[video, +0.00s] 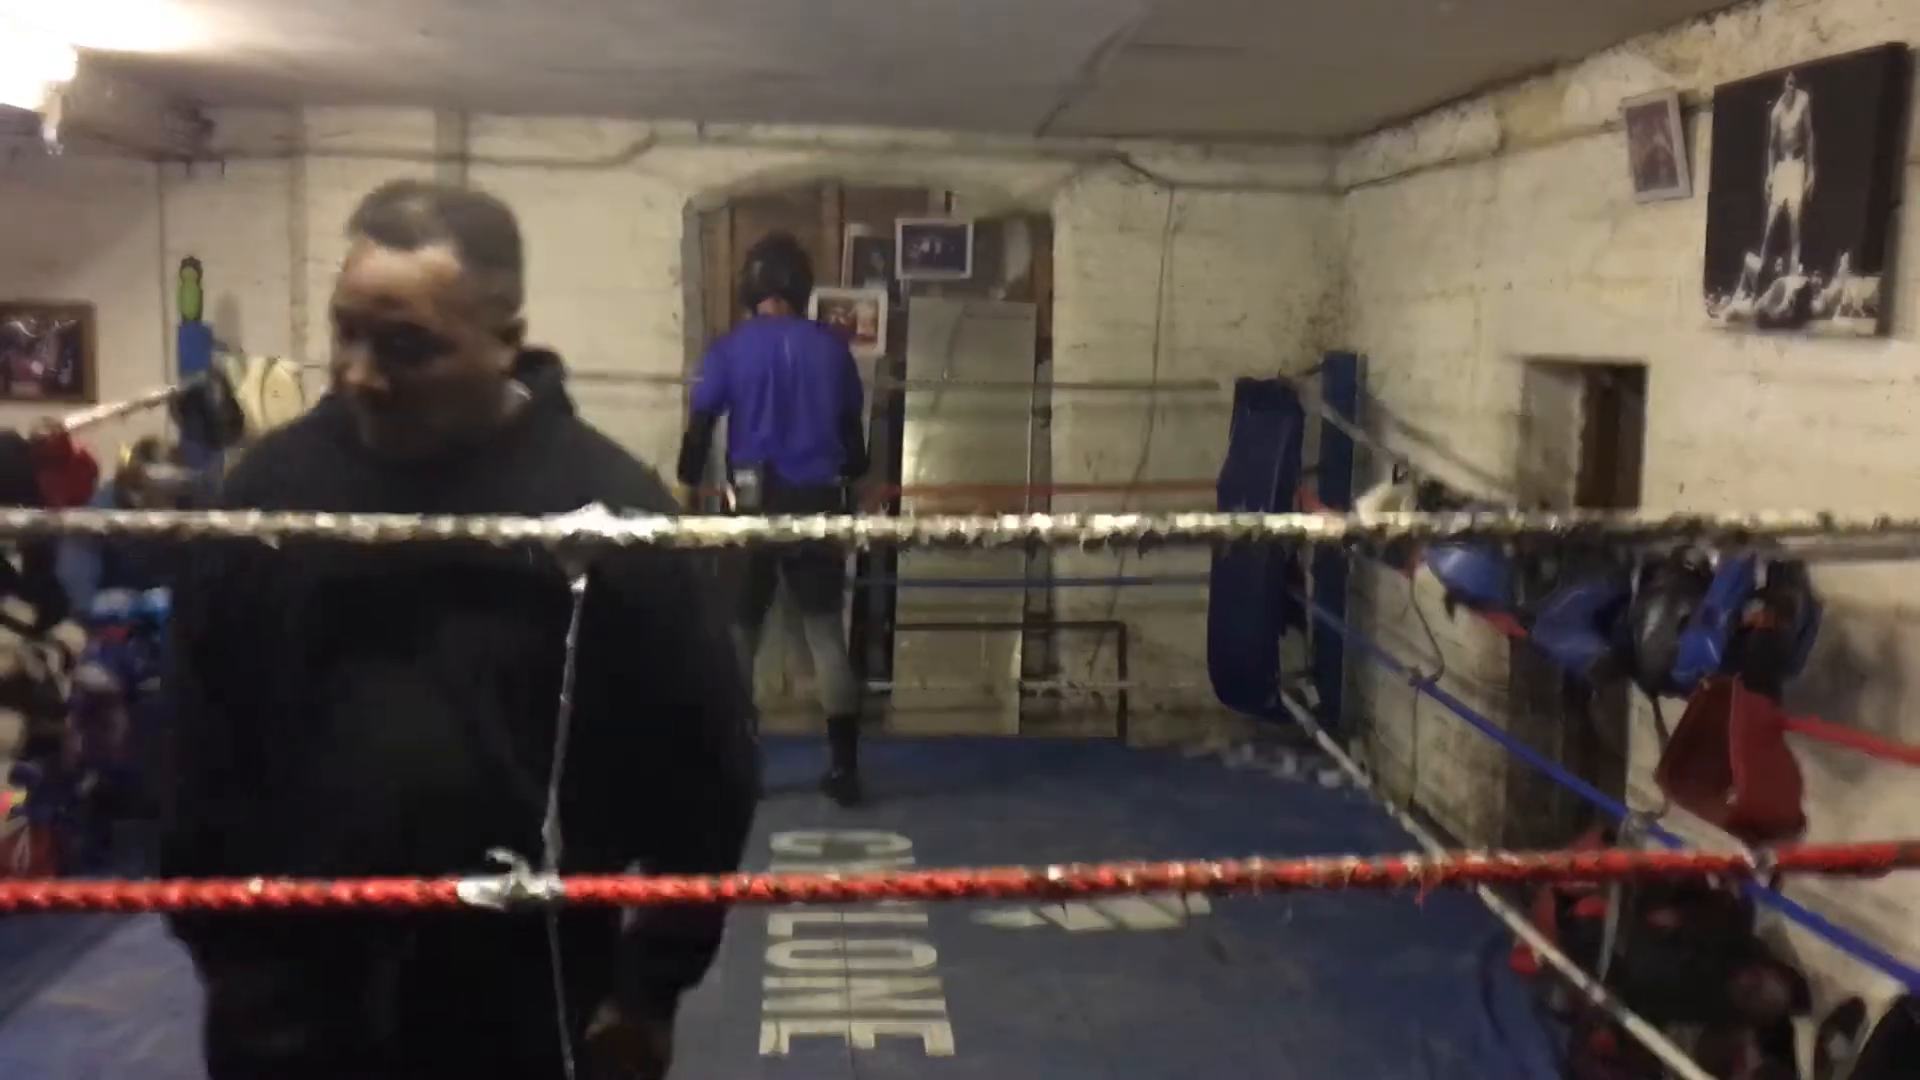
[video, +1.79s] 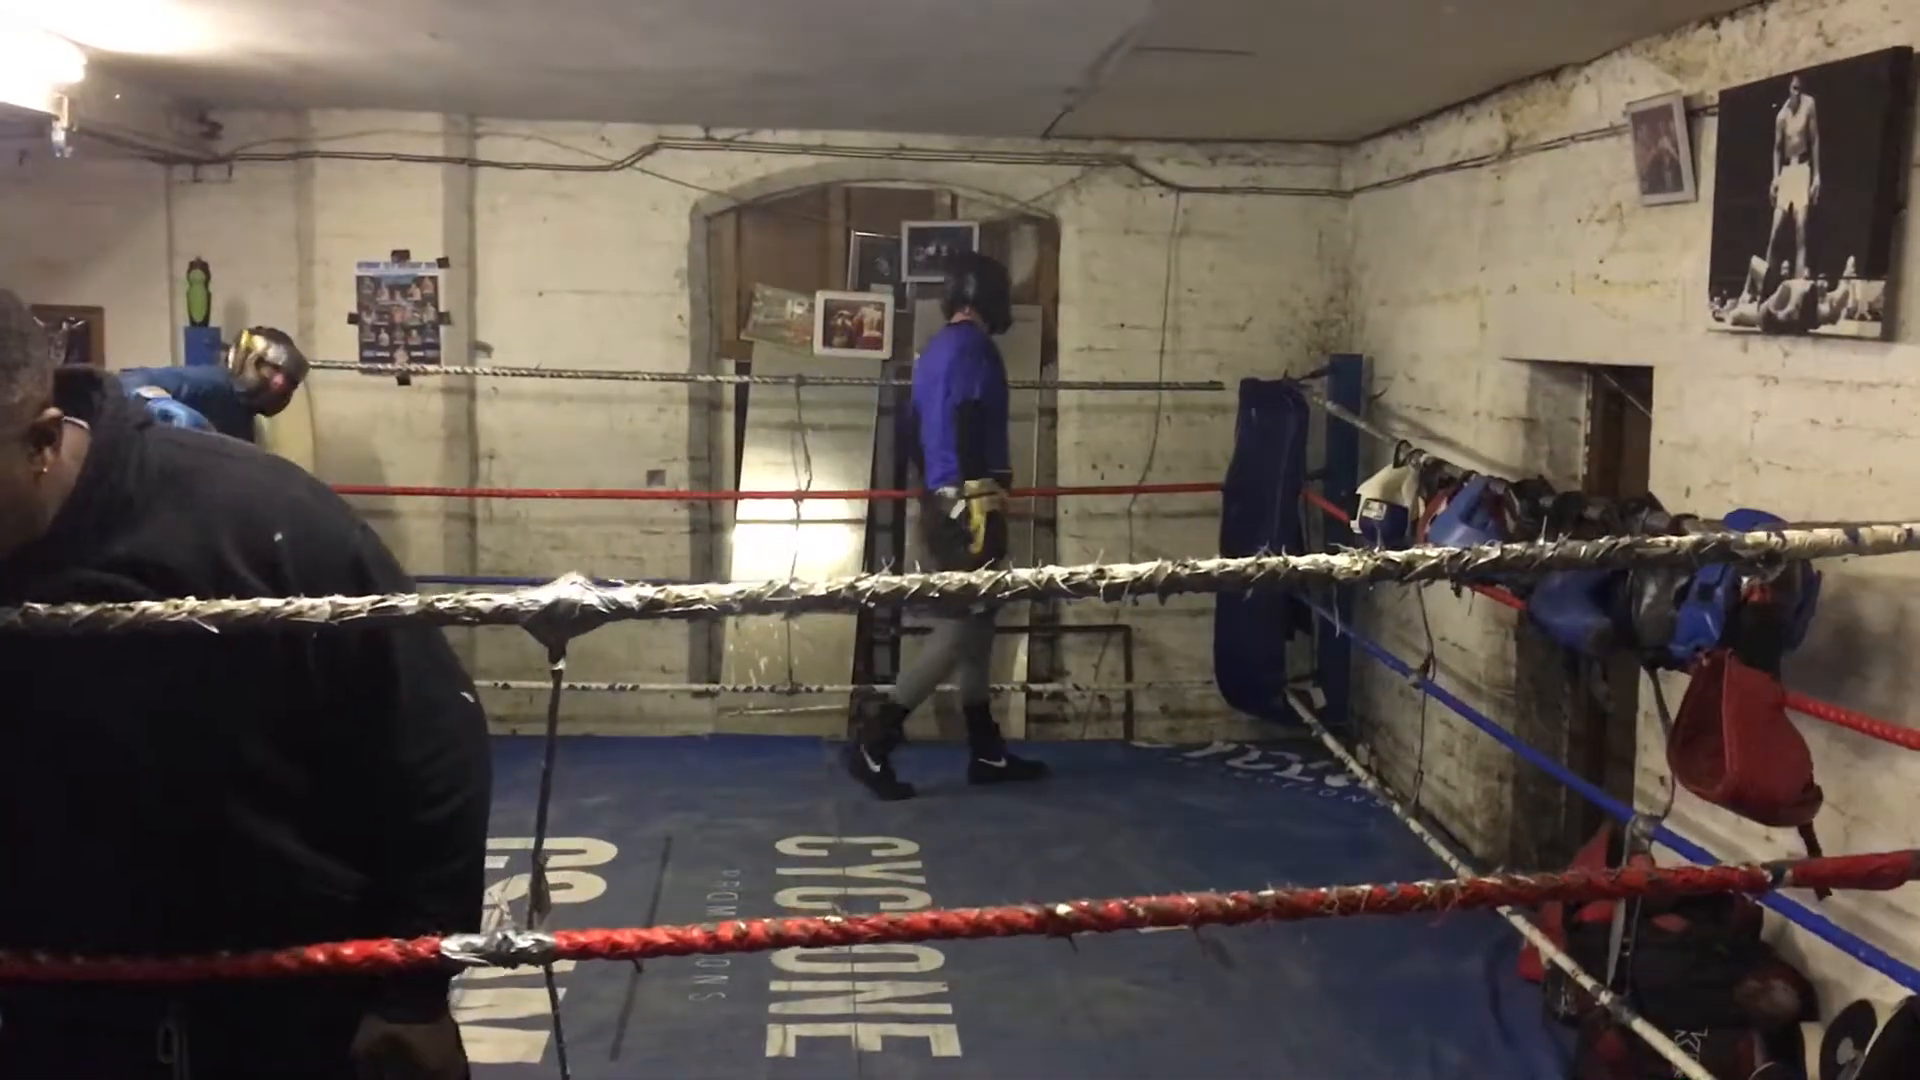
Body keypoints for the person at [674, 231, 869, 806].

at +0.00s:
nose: (749, 293)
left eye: (749, 283)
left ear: (751, 288)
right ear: (804, 288)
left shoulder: (730, 348)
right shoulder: (832, 346)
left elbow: (700, 415)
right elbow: (851, 419)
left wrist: (689, 478)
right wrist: (852, 474)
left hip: (749, 498)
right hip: (819, 496)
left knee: (738, 630)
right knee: (825, 625)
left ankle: (729, 765)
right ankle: (844, 767)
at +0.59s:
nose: (823, 289)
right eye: (820, 280)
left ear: (760, 284)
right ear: (815, 284)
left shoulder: (728, 343)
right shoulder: (824, 345)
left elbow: (703, 415)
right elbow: (838, 422)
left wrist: (709, 480)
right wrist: (860, 484)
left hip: (746, 498)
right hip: (809, 500)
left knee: (736, 628)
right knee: (831, 626)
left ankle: (725, 769)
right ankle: (836, 763)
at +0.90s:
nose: (885, 304)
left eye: (879, 296)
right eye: (883, 297)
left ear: (824, 301)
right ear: (874, 303)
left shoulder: (790, 359)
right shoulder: (875, 359)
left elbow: (776, 437)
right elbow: (900, 436)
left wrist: (781, 495)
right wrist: (926, 498)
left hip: (807, 508)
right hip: (865, 513)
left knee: (784, 632)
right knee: (854, 640)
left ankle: (737, 767)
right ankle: (843, 773)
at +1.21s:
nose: (924, 304)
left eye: (922, 293)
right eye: (918, 294)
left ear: (862, 296)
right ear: (904, 297)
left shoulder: (832, 357)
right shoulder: (903, 357)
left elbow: (827, 437)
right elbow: (924, 435)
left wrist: (840, 489)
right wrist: (958, 497)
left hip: (848, 504)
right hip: (893, 508)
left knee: (846, 632)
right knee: (871, 639)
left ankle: (816, 749)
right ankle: (846, 770)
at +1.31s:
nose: (935, 301)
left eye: (932, 291)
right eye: (928, 292)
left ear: (874, 296)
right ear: (913, 297)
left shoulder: (847, 355)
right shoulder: (914, 357)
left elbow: (839, 430)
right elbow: (929, 434)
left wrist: (857, 479)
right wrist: (958, 502)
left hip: (858, 499)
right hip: (901, 504)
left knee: (874, 627)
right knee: (879, 630)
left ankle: (869, 749)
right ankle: (845, 766)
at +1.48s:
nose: (959, 305)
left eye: (956, 294)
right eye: (953, 296)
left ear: (900, 300)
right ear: (936, 300)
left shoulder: (867, 354)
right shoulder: (935, 354)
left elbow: (858, 438)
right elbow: (938, 436)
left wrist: (877, 489)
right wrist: (957, 507)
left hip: (879, 502)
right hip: (915, 505)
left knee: (920, 631)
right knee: (888, 635)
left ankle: (949, 739)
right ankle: (847, 763)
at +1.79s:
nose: (1010, 305)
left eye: (1006, 293)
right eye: (1004, 294)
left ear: (956, 299)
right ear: (986, 298)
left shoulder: (934, 352)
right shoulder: (972, 348)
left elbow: (912, 430)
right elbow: (968, 425)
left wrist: (924, 492)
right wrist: (978, 502)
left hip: (942, 504)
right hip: (968, 506)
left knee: (977, 628)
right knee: (962, 628)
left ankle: (987, 751)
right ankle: (876, 736)